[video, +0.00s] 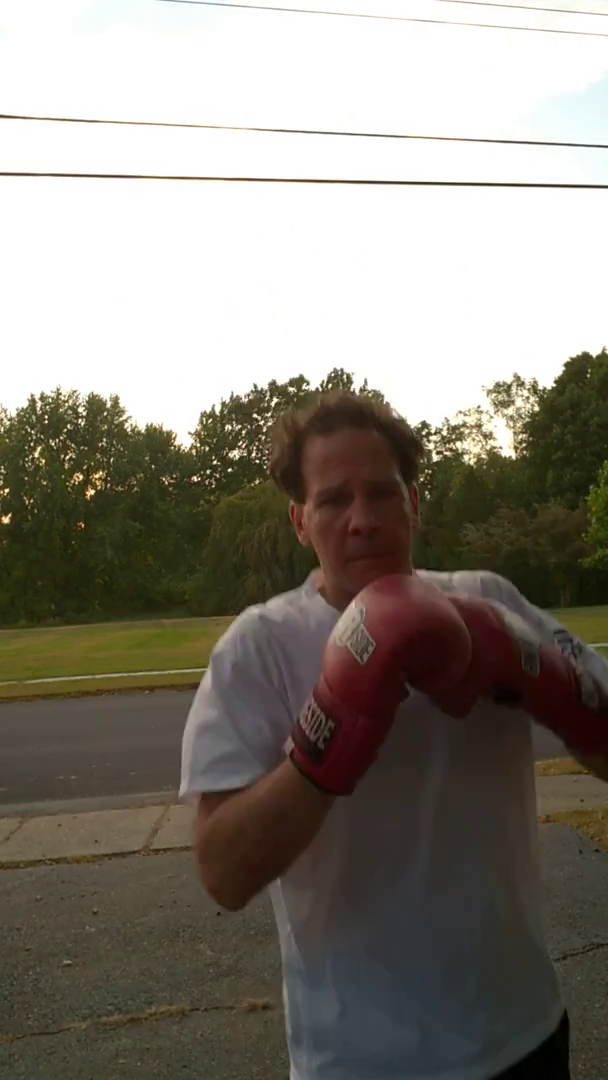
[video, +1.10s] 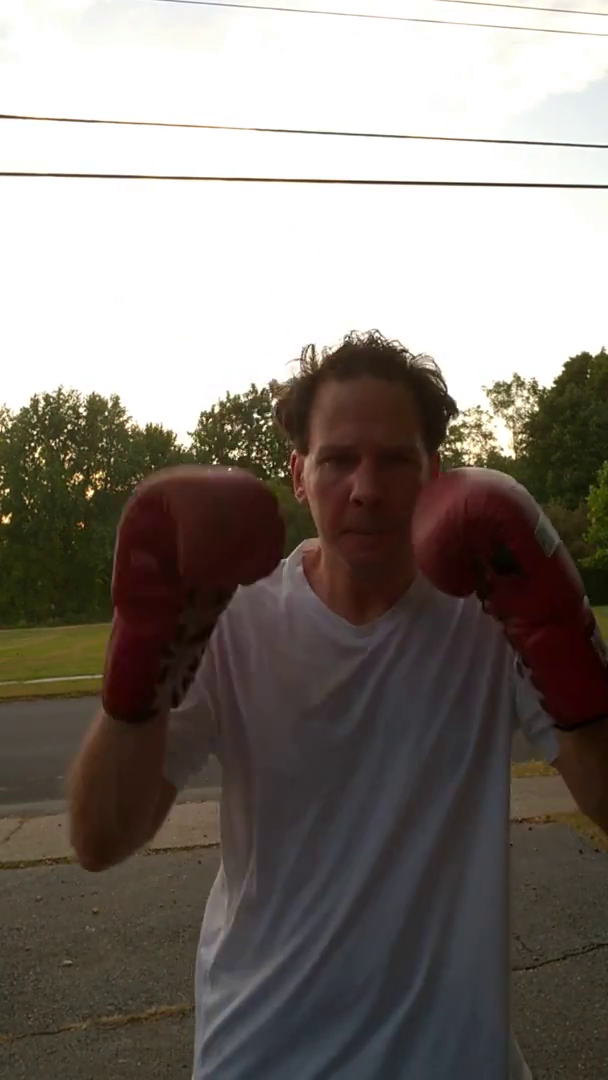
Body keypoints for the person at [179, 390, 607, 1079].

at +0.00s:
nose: (363, 520)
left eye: (382, 493)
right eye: (335, 500)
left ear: (414, 502)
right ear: (300, 522)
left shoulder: (489, 604)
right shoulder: (258, 647)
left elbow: (602, 736)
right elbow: (225, 874)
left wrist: (525, 669)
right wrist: (340, 719)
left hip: (514, 1018)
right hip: (355, 1042)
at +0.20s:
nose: (341, 481)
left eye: (360, 455)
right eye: (314, 462)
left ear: (391, 468)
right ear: (282, 484)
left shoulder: (461, 567)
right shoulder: (234, 612)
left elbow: (588, 724)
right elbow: (195, 831)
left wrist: (486, 638)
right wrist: (293, 713)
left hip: (487, 985)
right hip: (325, 1015)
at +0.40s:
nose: (284, 519)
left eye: (305, 496)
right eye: (259, 501)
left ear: (339, 509)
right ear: (227, 519)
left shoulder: (403, 610)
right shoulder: (182, 638)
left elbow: (555, 773)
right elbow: (97, 835)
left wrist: (442, 659)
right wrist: (217, 664)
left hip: (411, 1036)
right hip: (247, 1046)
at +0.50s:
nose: (263, 520)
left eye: (284, 494)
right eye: (238, 498)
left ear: (320, 508)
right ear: (205, 522)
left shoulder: (393, 617)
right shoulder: (152, 646)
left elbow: (495, 801)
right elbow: (76, 876)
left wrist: (394, 719)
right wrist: (196, 761)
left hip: (390, 1042)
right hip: (218, 1053)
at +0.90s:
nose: (310, 503)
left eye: (334, 475)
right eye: (282, 477)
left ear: (368, 488)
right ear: (241, 498)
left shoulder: (451, 618)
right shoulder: (182, 640)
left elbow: (542, 845)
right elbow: (117, 895)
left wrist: (437, 721)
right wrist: (191, 764)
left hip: (422, 1046)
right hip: (236, 1051)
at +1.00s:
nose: (348, 485)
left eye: (376, 457)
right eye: (321, 457)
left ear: (412, 475)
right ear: (281, 477)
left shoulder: (475, 608)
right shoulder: (221, 624)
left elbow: (594, 838)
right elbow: (135, 868)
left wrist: (520, 680)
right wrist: (167, 746)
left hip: (439, 1044)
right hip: (253, 1044)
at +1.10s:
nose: (366, 489)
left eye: (394, 460)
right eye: (341, 459)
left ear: (432, 476)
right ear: (300, 475)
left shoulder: (493, 631)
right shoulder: (234, 625)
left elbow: (602, 811)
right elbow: (99, 843)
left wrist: (563, 639)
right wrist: (139, 649)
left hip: (448, 1043)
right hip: (261, 1045)